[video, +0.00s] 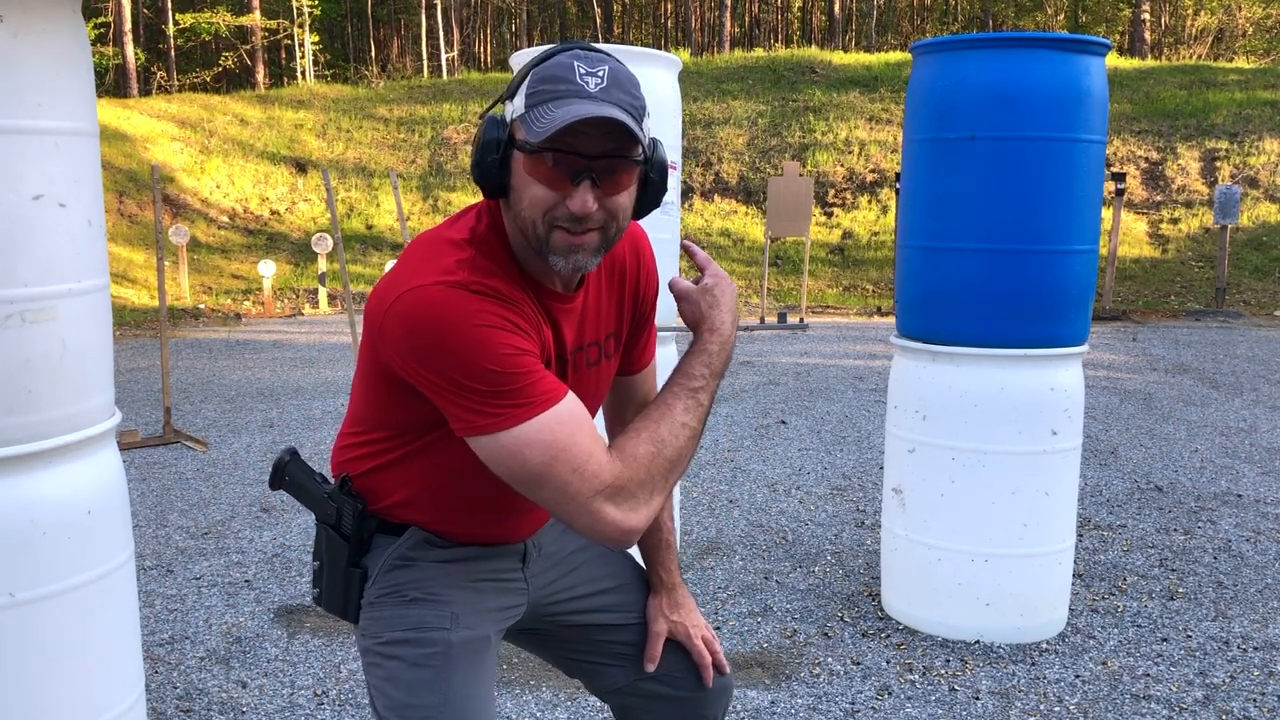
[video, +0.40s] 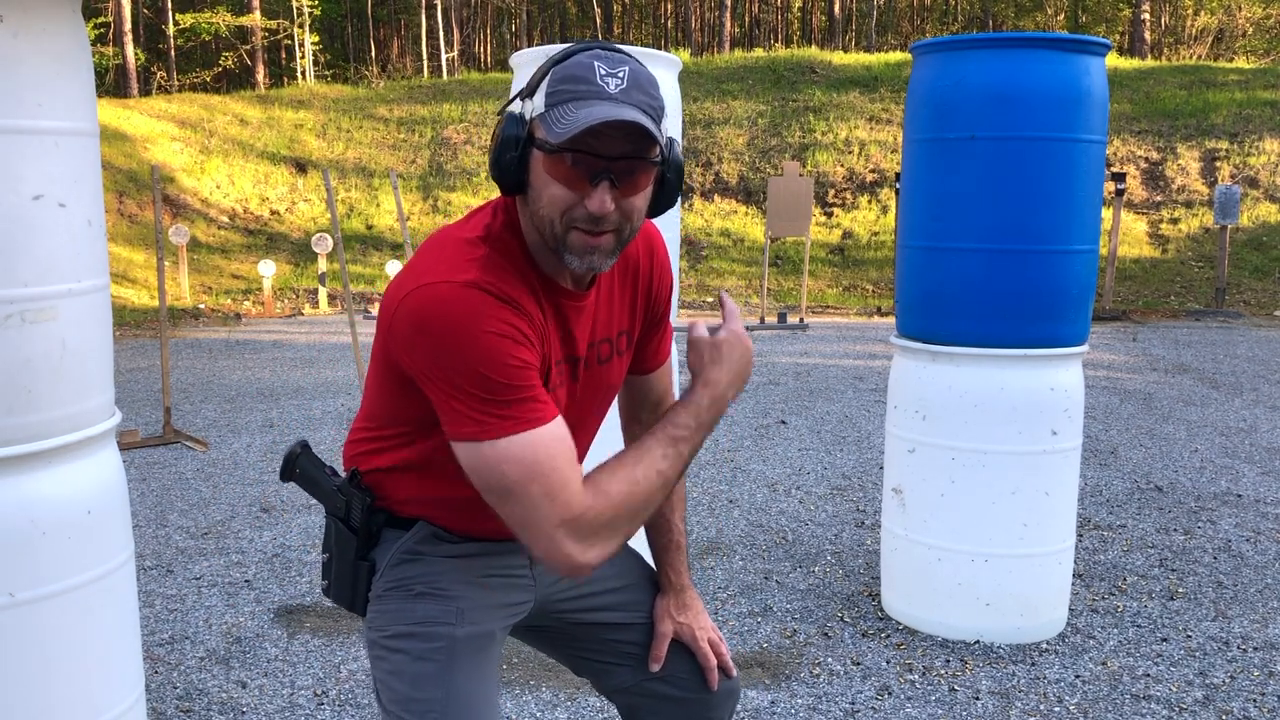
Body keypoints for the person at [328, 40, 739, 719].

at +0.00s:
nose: (583, 200)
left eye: (610, 168)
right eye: (557, 164)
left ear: (641, 176)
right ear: (504, 162)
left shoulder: (628, 256)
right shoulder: (441, 303)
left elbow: (635, 424)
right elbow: (615, 508)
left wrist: (667, 581)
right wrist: (714, 338)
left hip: (552, 536)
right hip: (427, 560)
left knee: (695, 686)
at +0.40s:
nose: (601, 201)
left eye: (628, 170)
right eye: (576, 164)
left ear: (658, 177)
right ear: (520, 159)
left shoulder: (642, 259)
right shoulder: (456, 300)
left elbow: (652, 422)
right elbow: (573, 539)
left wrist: (677, 583)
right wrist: (707, 400)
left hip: (554, 530)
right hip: (432, 554)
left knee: (701, 689)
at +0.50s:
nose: (609, 192)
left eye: (635, 162)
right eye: (584, 157)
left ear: (663, 170)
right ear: (527, 153)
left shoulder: (647, 255)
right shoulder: (461, 300)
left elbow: (653, 410)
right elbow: (497, 566)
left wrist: (678, 581)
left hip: (549, 515)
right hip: (426, 541)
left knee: (699, 690)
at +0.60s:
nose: (611, 186)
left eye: (636, 156)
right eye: (586, 151)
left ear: (664, 166)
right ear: (528, 148)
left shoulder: (649, 252)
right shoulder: (457, 298)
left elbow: (654, 408)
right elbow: (431, 561)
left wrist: (682, 582)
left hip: (560, 527)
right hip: (438, 559)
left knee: (707, 687)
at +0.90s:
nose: (676, 194)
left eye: (678, 170)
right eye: (660, 169)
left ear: (584, 174)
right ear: (582, 170)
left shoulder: (601, 259)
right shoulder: (439, 317)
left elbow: (620, 413)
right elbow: (436, 591)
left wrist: (665, 574)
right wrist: (644, 606)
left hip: (537, 531)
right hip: (428, 569)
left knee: (694, 682)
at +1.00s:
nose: (671, 204)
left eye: (674, 186)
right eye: (669, 186)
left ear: (616, 191)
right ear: (619, 193)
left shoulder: (570, 256)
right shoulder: (457, 328)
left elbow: (595, 419)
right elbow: (510, 605)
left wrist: (647, 573)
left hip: (518, 518)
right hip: (411, 562)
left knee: (674, 685)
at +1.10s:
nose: (665, 204)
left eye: (668, 187)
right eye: (663, 187)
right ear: (620, 196)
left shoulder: (543, 248)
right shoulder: (476, 335)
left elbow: (576, 415)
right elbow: (577, 596)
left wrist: (628, 571)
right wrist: (677, 441)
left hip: (513, 545)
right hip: (421, 582)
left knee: (662, 684)